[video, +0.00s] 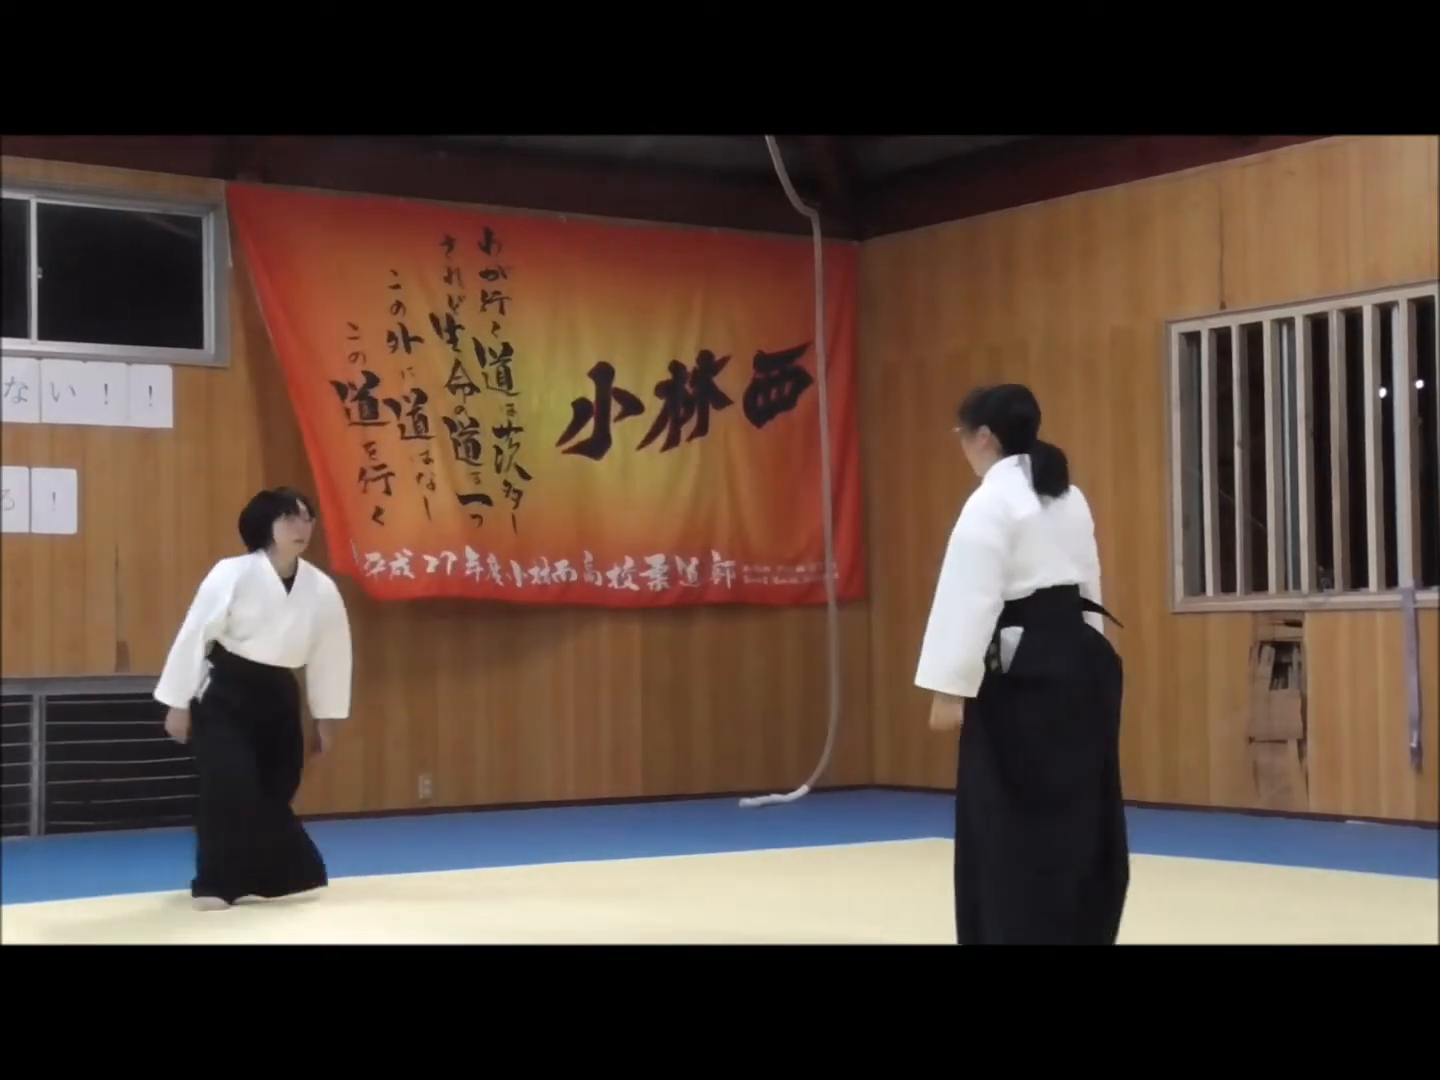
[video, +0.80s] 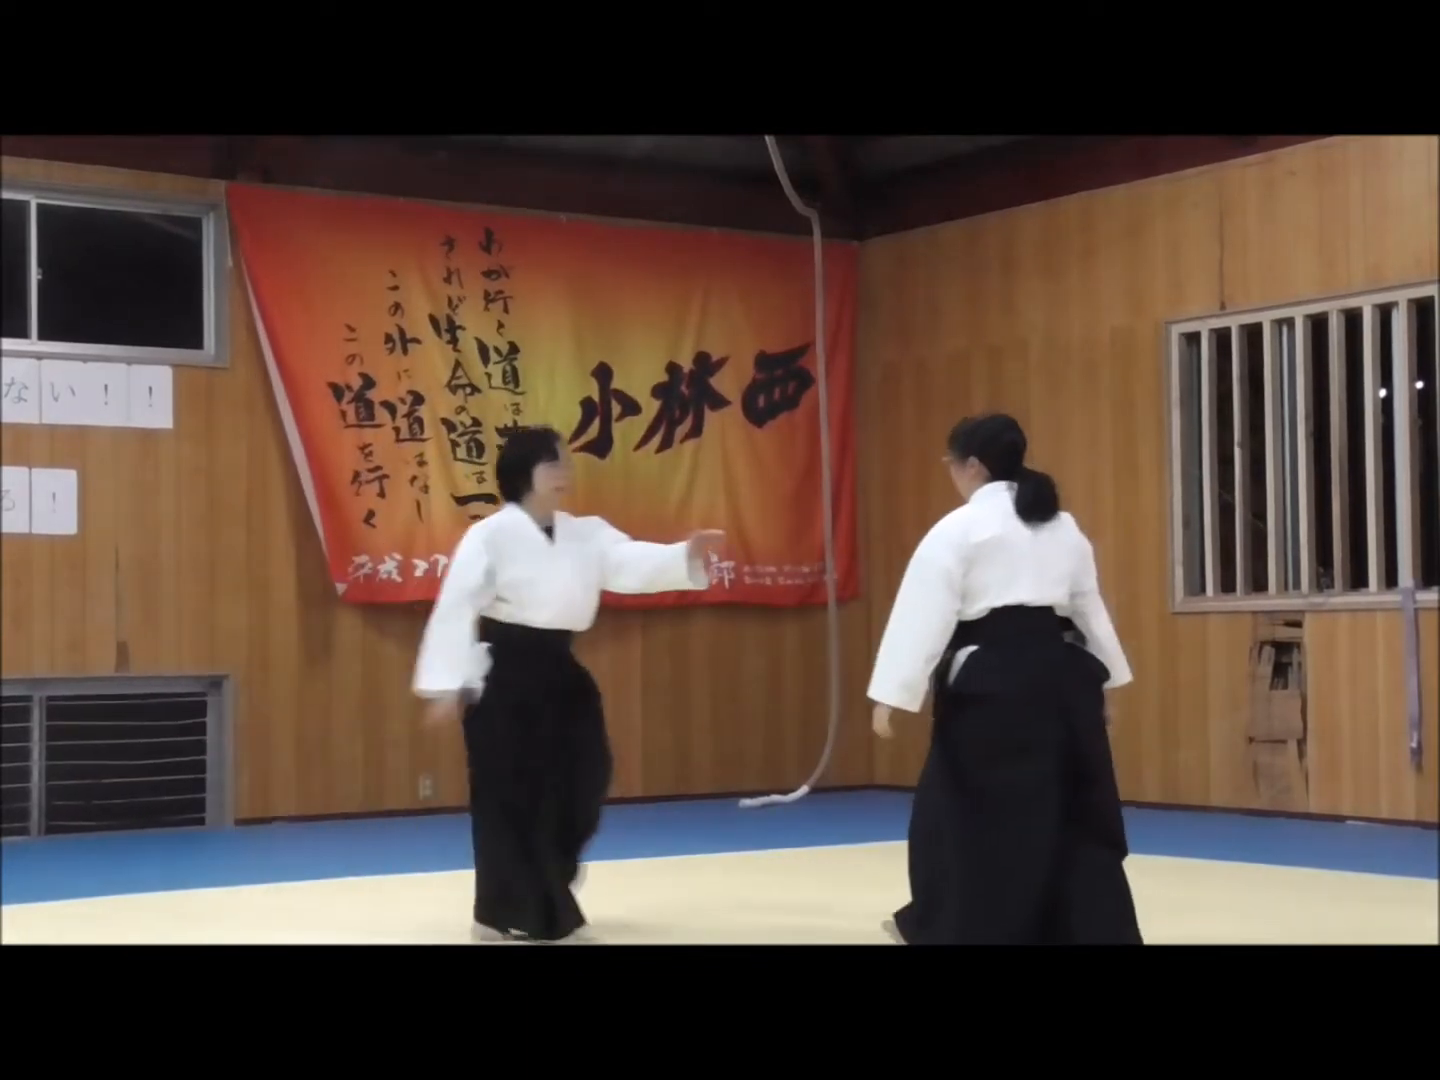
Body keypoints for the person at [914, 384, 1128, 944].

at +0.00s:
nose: (962, 448)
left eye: (964, 437)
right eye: (962, 437)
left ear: (987, 437)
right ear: (1020, 435)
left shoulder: (991, 503)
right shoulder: (1068, 493)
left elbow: (970, 597)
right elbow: (1088, 581)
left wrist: (950, 687)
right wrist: (1088, 645)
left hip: (1023, 664)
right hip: (1087, 660)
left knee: (1007, 808)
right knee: (1079, 806)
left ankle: (1015, 928)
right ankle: (1077, 928)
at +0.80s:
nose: (951, 476)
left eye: (954, 465)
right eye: (951, 465)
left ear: (975, 466)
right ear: (1011, 463)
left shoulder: (956, 530)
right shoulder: (1061, 525)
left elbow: (921, 616)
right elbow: (1090, 610)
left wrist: (890, 691)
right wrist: (1106, 684)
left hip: (987, 682)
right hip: (1063, 678)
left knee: (962, 803)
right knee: (1068, 806)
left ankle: (948, 919)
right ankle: (1078, 923)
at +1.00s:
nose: (897, 477)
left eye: (899, 467)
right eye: (897, 467)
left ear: (917, 469)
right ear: (956, 466)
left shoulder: (903, 533)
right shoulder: (1004, 526)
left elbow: (865, 613)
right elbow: (1021, 608)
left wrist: (831, 685)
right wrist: (1034, 668)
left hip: (935, 675)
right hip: (1009, 669)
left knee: (934, 802)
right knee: (1029, 791)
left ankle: (940, 927)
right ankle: (1069, 907)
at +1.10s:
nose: (875, 478)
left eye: (878, 468)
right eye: (875, 468)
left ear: (898, 469)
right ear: (934, 466)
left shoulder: (889, 532)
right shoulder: (980, 525)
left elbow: (853, 613)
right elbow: (987, 606)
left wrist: (812, 678)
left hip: (922, 673)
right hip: (990, 666)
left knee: (910, 798)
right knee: (984, 785)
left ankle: (920, 927)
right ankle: (1008, 913)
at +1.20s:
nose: (856, 483)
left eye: (859, 472)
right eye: (855, 472)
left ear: (884, 470)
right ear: (906, 469)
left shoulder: (888, 529)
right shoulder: (952, 517)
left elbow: (850, 610)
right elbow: (944, 599)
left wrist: (812, 660)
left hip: (910, 673)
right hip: (963, 668)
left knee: (898, 801)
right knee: (959, 799)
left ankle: (909, 926)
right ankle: (985, 922)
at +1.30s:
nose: (846, 487)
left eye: (852, 475)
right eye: (846, 476)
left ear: (876, 473)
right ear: (892, 473)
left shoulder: (889, 528)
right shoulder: (915, 516)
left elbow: (867, 615)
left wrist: (839, 676)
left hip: (912, 667)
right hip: (948, 662)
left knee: (907, 797)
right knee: (947, 796)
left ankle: (925, 921)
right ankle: (966, 918)